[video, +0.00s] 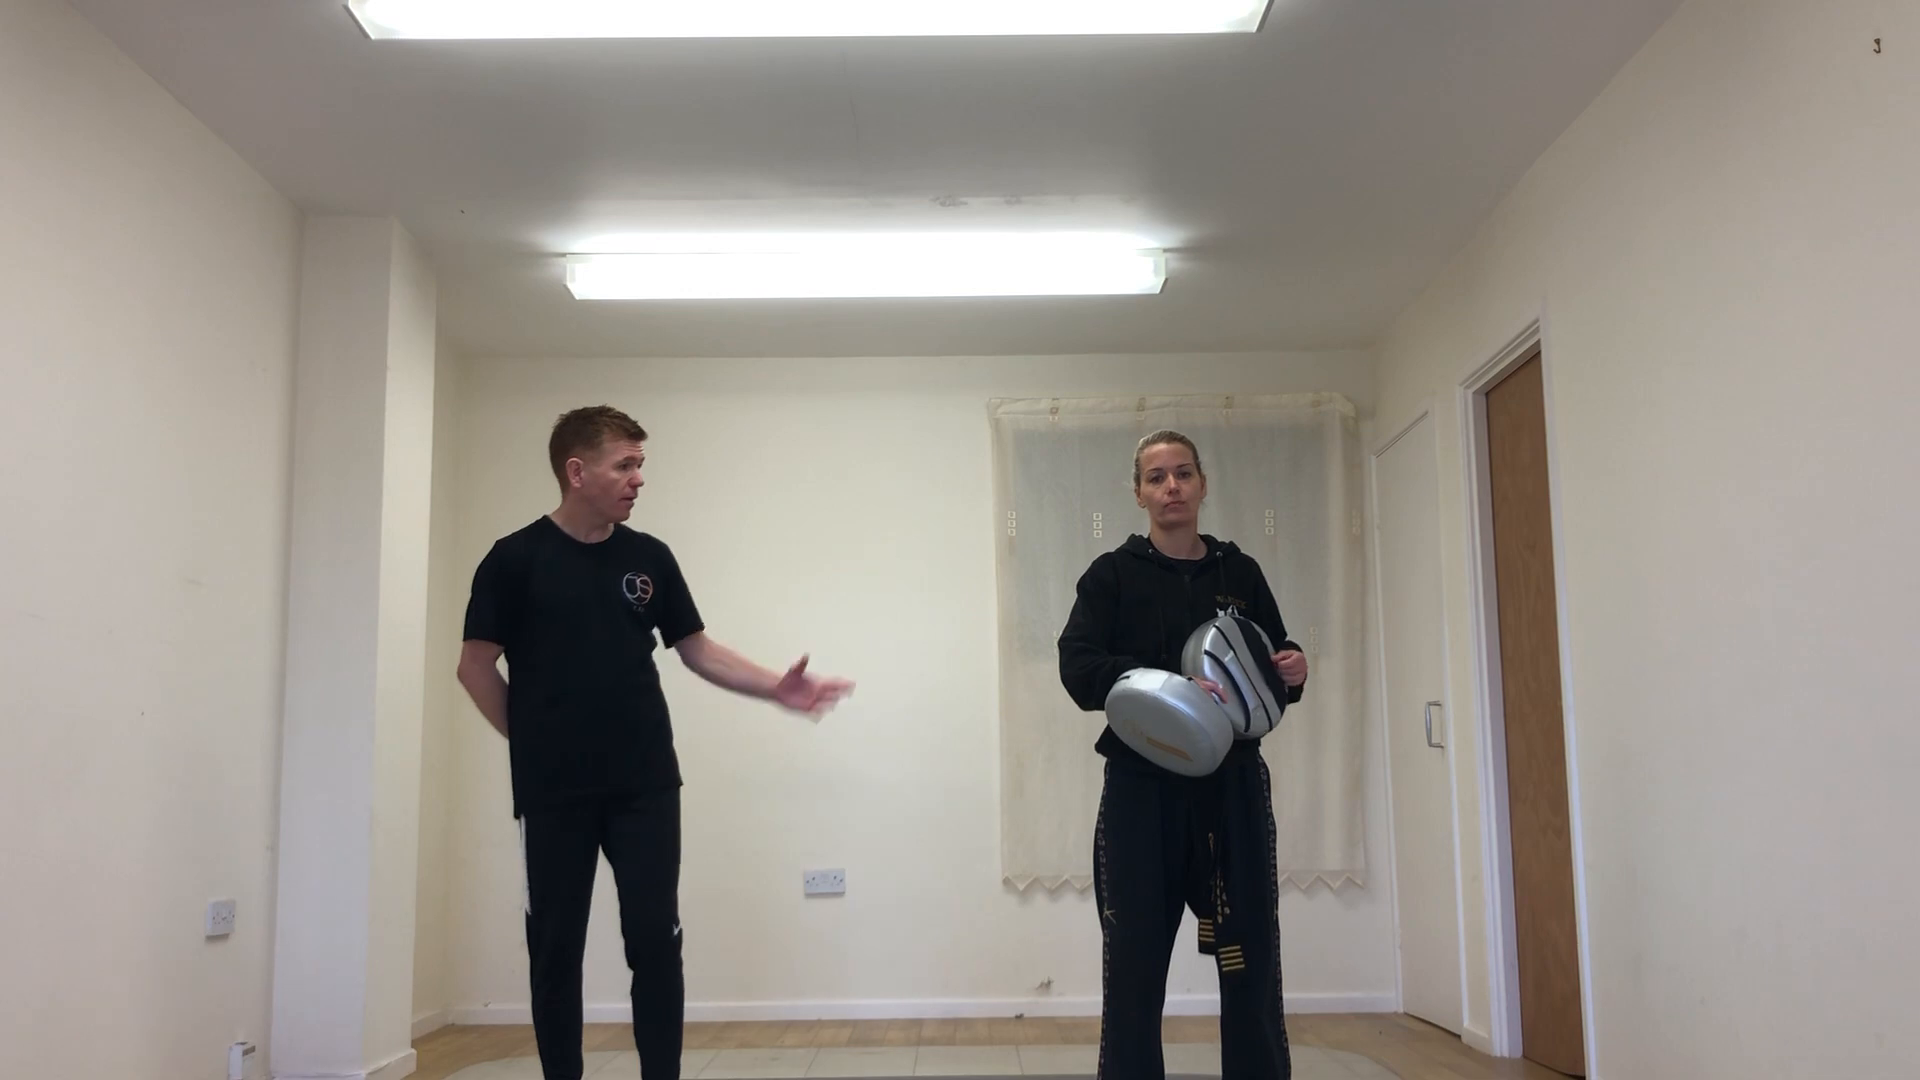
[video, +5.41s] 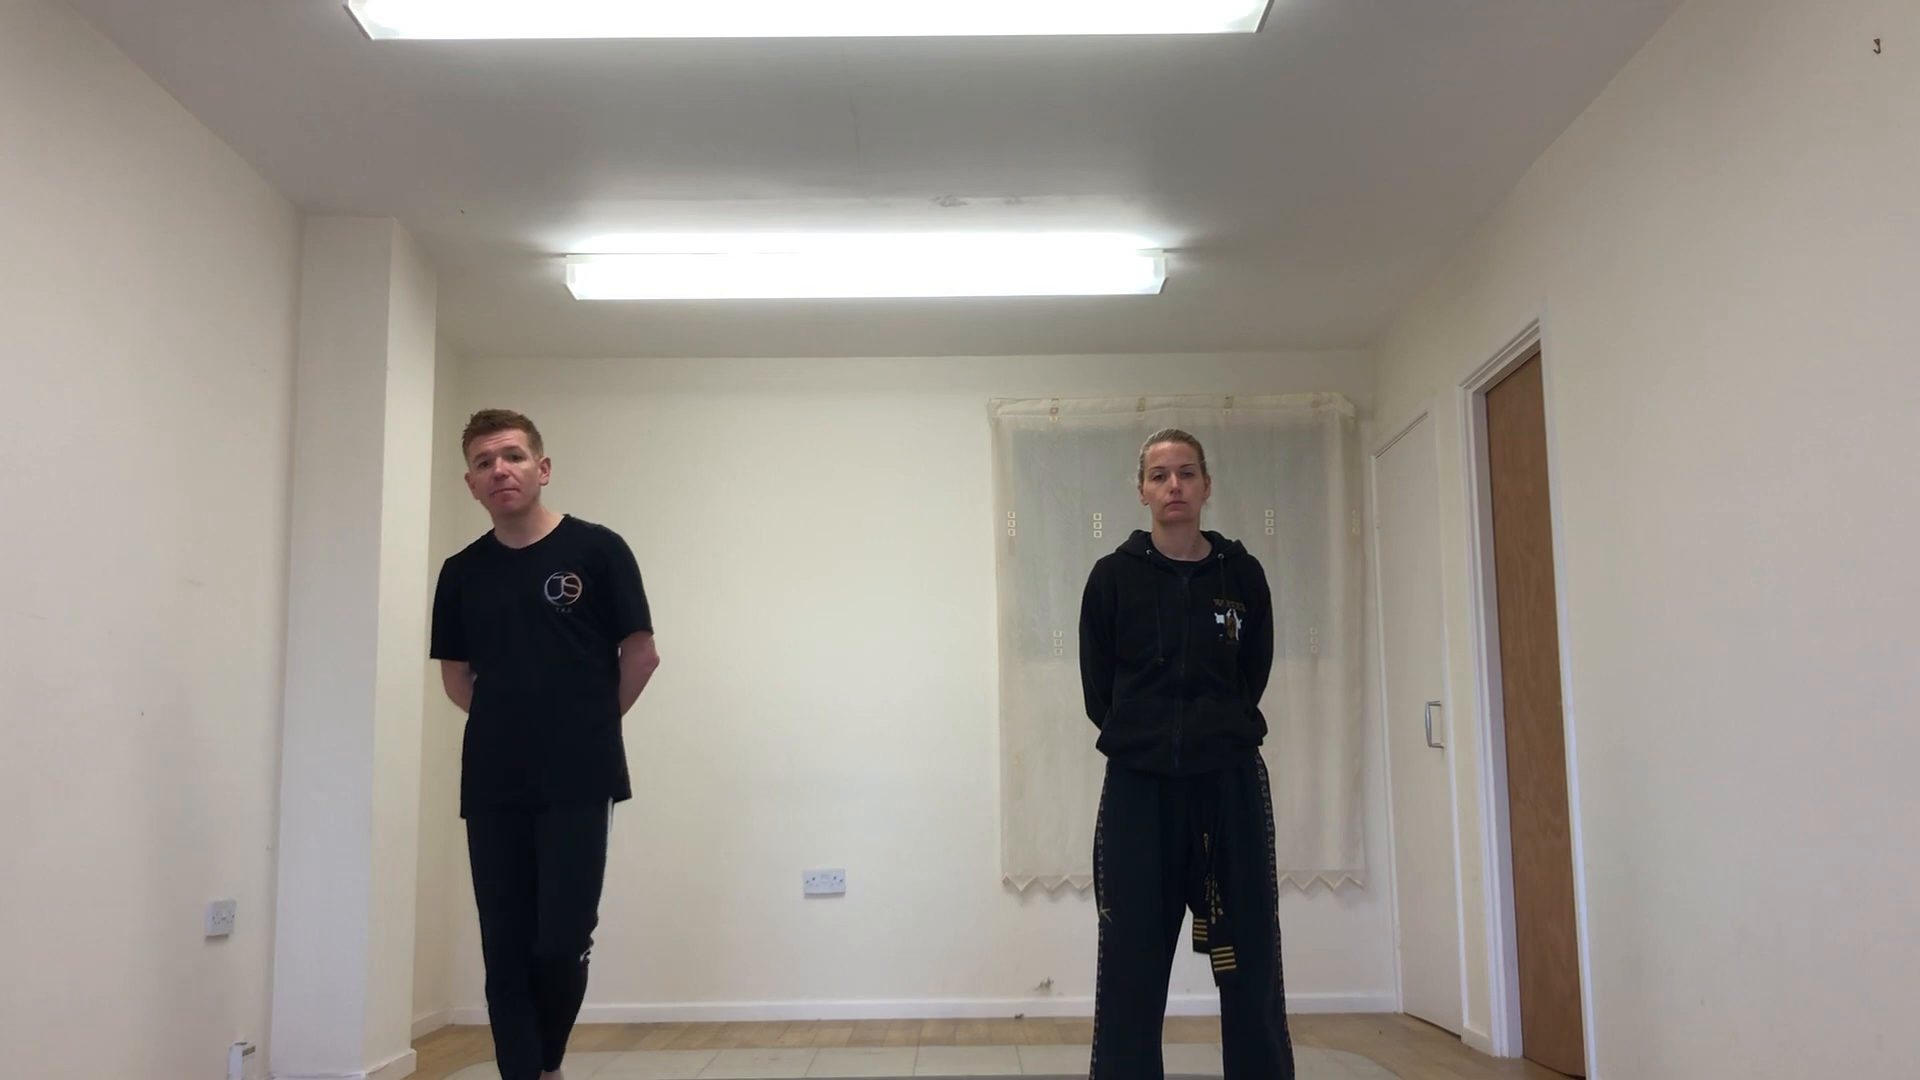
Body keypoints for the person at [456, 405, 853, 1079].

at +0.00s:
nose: (639, 480)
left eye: (641, 467)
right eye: (625, 467)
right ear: (574, 471)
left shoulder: (648, 557)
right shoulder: (512, 560)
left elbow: (697, 649)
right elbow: (473, 667)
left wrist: (776, 686)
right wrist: (530, 733)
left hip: (643, 778)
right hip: (554, 784)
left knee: (656, 944)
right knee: (555, 949)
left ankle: (662, 1075)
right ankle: (561, 1075)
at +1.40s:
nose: (666, 463)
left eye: (681, 454)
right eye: (653, 451)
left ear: (699, 475)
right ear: (627, 466)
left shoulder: (718, 567)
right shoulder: (575, 546)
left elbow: (730, 678)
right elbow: (538, 654)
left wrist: (669, 718)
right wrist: (588, 712)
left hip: (672, 780)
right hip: (581, 774)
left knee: (678, 954)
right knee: (554, 952)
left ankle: (678, 1077)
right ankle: (536, 1075)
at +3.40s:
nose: (634, 466)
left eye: (650, 458)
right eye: (622, 452)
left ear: (664, 477)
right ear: (592, 464)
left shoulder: (688, 562)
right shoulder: (542, 552)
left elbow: (707, 672)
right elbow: (515, 661)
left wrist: (647, 719)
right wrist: (568, 715)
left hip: (648, 777)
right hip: (557, 774)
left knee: (661, 952)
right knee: (540, 953)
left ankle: (673, 1077)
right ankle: (531, 1076)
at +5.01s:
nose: (530, 465)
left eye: (546, 455)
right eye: (517, 452)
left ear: (569, 475)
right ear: (496, 467)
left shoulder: (601, 559)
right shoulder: (461, 558)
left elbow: (631, 670)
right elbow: (448, 667)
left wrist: (575, 725)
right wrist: (502, 716)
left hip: (567, 776)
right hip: (481, 777)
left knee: (589, 941)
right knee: (500, 953)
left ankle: (644, 1076)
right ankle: (516, 1076)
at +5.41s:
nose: (500, 470)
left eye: (513, 456)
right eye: (484, 462)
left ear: (542, 466)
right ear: (471, 482)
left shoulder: (599, 549)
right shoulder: (459, 571)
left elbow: (639, 655)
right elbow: (456, 680)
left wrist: (590, 718)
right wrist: (515, 714)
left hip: (577, 770)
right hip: (493, 776)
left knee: (562, 940)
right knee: (506, 939)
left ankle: (545, 1064)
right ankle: (519, 1073)